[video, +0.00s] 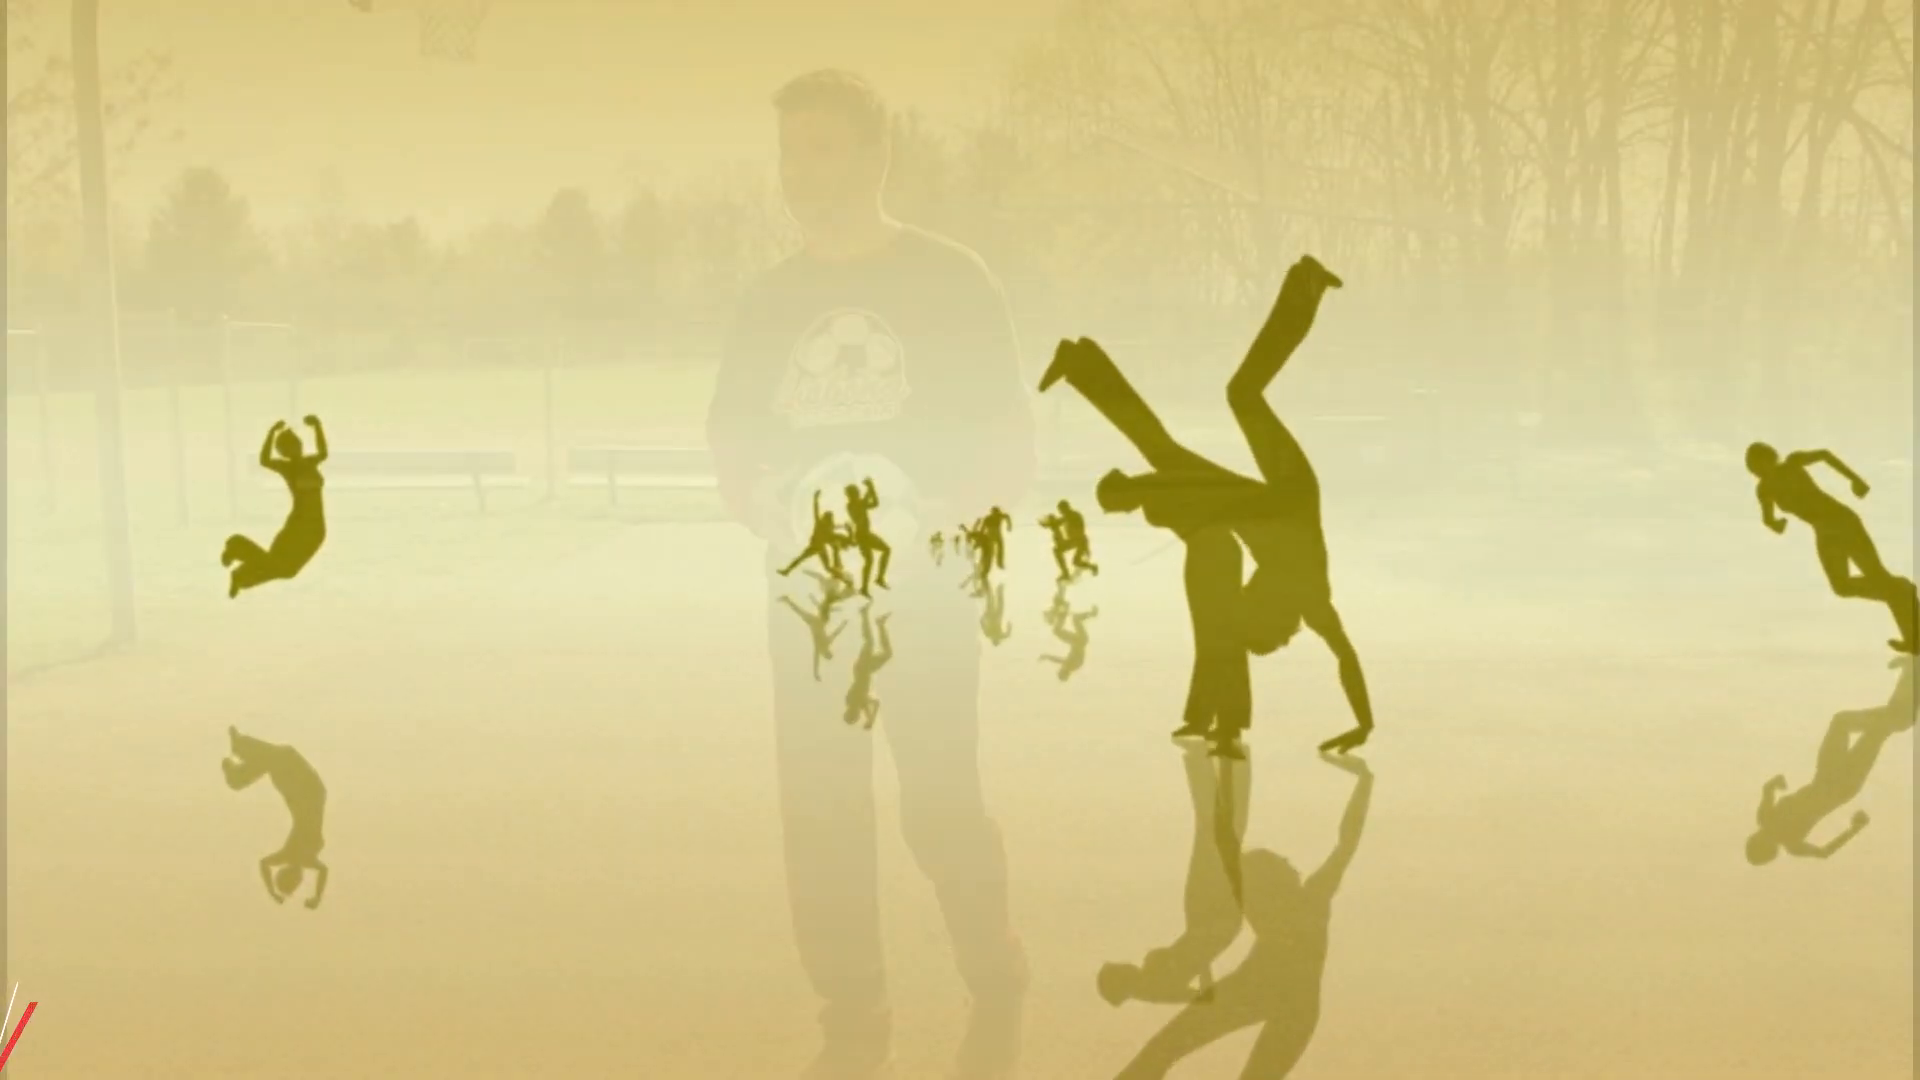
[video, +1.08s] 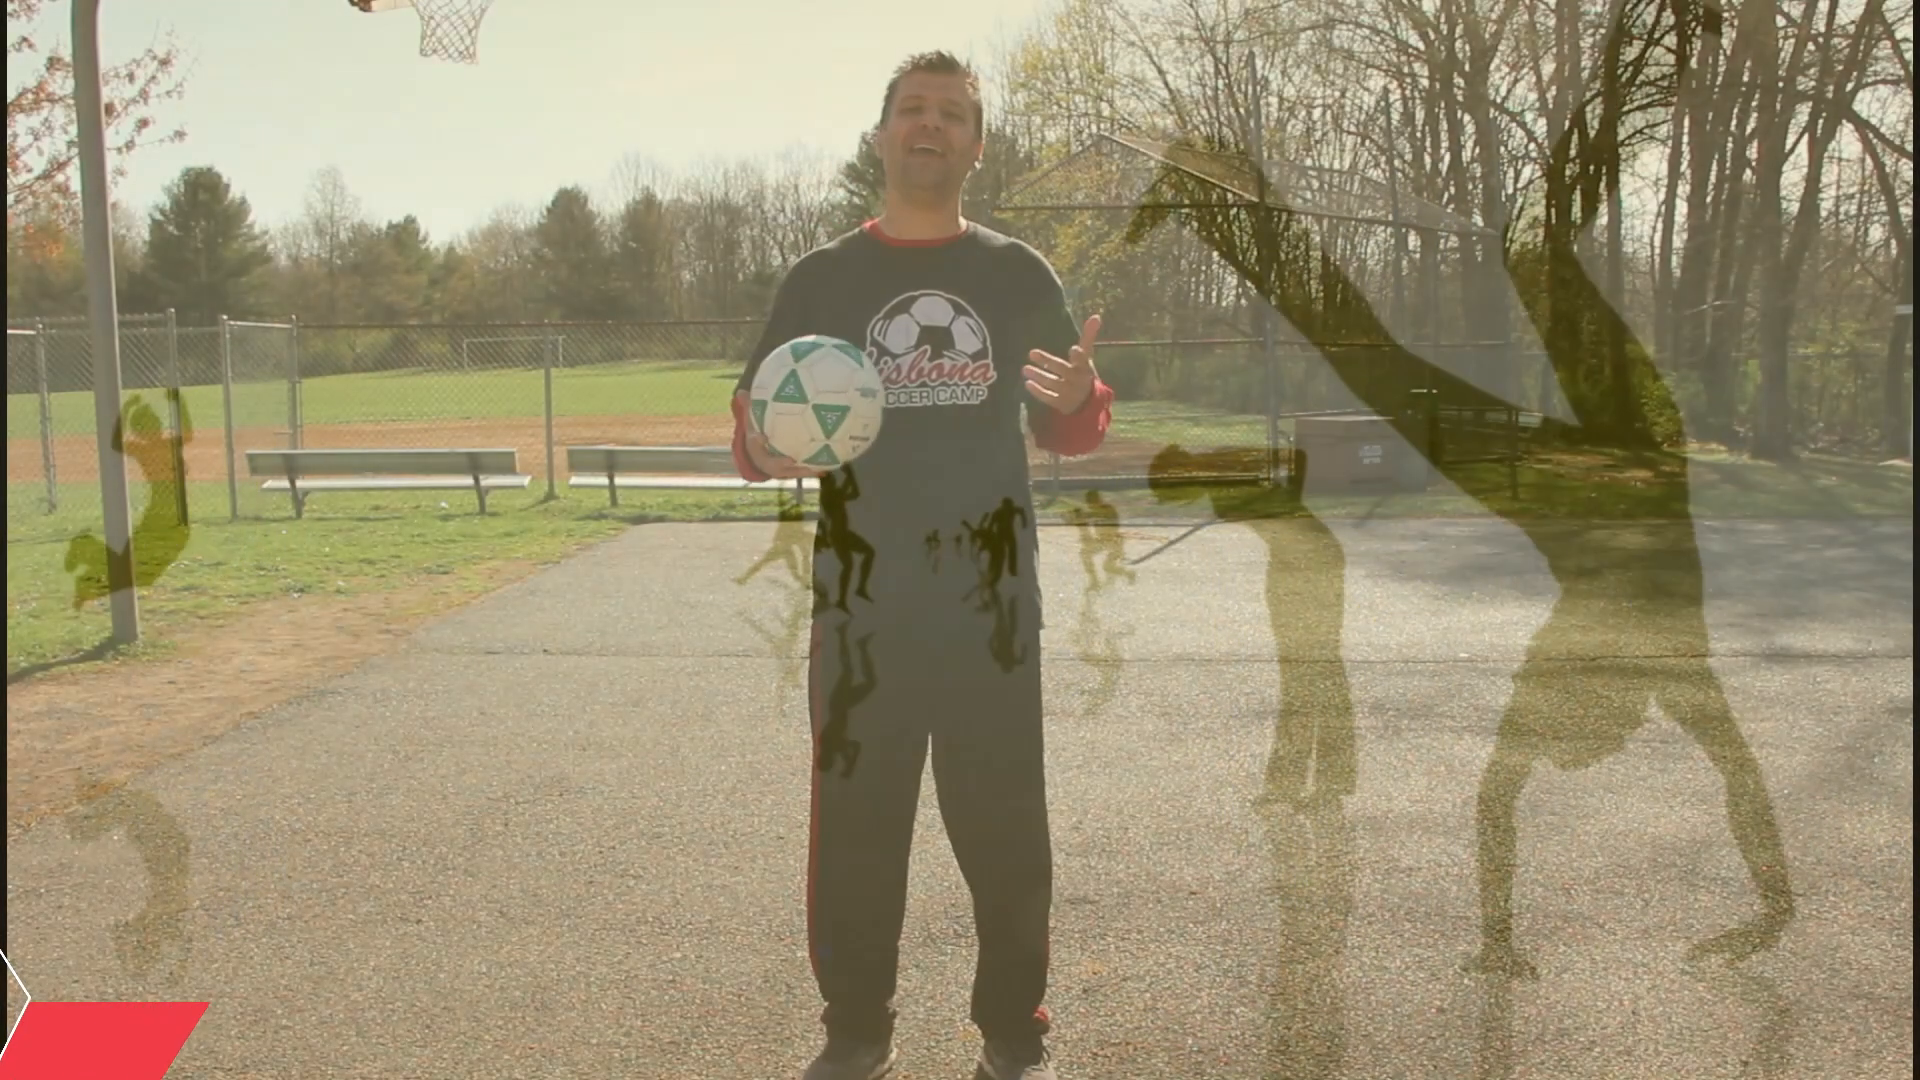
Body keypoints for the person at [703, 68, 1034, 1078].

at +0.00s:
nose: (809, 175)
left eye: (829, 150)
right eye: (795, 154)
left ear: (874, 153)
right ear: (780, 164)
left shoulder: (948, 276)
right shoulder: (771, 297)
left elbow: (1003, 420)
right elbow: (731, 432)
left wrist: (969, 520)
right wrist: (776, 513)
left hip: (930, 564)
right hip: (806, 573)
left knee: (942, 807)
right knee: (822, 809)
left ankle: (995, 993)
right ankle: (850, 1018)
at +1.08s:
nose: (931, 128)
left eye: (953, 114)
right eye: (913, 111)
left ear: (979, 145)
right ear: (879, 135)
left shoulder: (1019, 274)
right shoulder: (816, 281)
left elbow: (1068, 433)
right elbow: (756, 427)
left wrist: (1078, 403)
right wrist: (770, 443)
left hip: (989, 572)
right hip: (863, 573)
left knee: (1003, 813)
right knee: (855, 812)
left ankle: (1013, 1033)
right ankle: (853, 1031)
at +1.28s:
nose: (945, 128)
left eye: (968, 116)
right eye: (927, 112)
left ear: (994, 147)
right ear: (896, 137)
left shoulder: (1034, 278)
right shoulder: (832, 282)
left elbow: (1096, 440)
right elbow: (779, 433)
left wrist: (1086, 425)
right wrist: (792, 464)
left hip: (1005, 583)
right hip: (877, 580)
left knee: (1012, 816)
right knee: (863, 816)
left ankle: (1015, 1035)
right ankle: (854, 1035)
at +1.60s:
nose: (973, 140)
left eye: (995, 128)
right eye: (955, 123)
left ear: (1020, 154)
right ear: (923, 142)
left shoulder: (1062, 284)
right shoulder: (859, 287)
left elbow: (1116, 420)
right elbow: (804, 439)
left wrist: (1078, 469)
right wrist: (882, 471)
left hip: (1035, 588)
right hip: (906, 583)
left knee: (1030, 817)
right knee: (884, 809)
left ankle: (1018, 1035)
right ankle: (857, 1030)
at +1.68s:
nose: (979, 144)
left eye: (1001, 130)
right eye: (961, 127)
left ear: (1026, 155)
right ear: (929, 145)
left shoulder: (1069, 286)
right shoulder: (865, 288)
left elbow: (1128, 419)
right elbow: (806, 436)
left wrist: (1088, 470)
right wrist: (884, 475)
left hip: (1039, 586)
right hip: (910, 583)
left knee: (1033, 812)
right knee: (888, 806)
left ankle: (1019, 1034)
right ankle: (857, 1031)